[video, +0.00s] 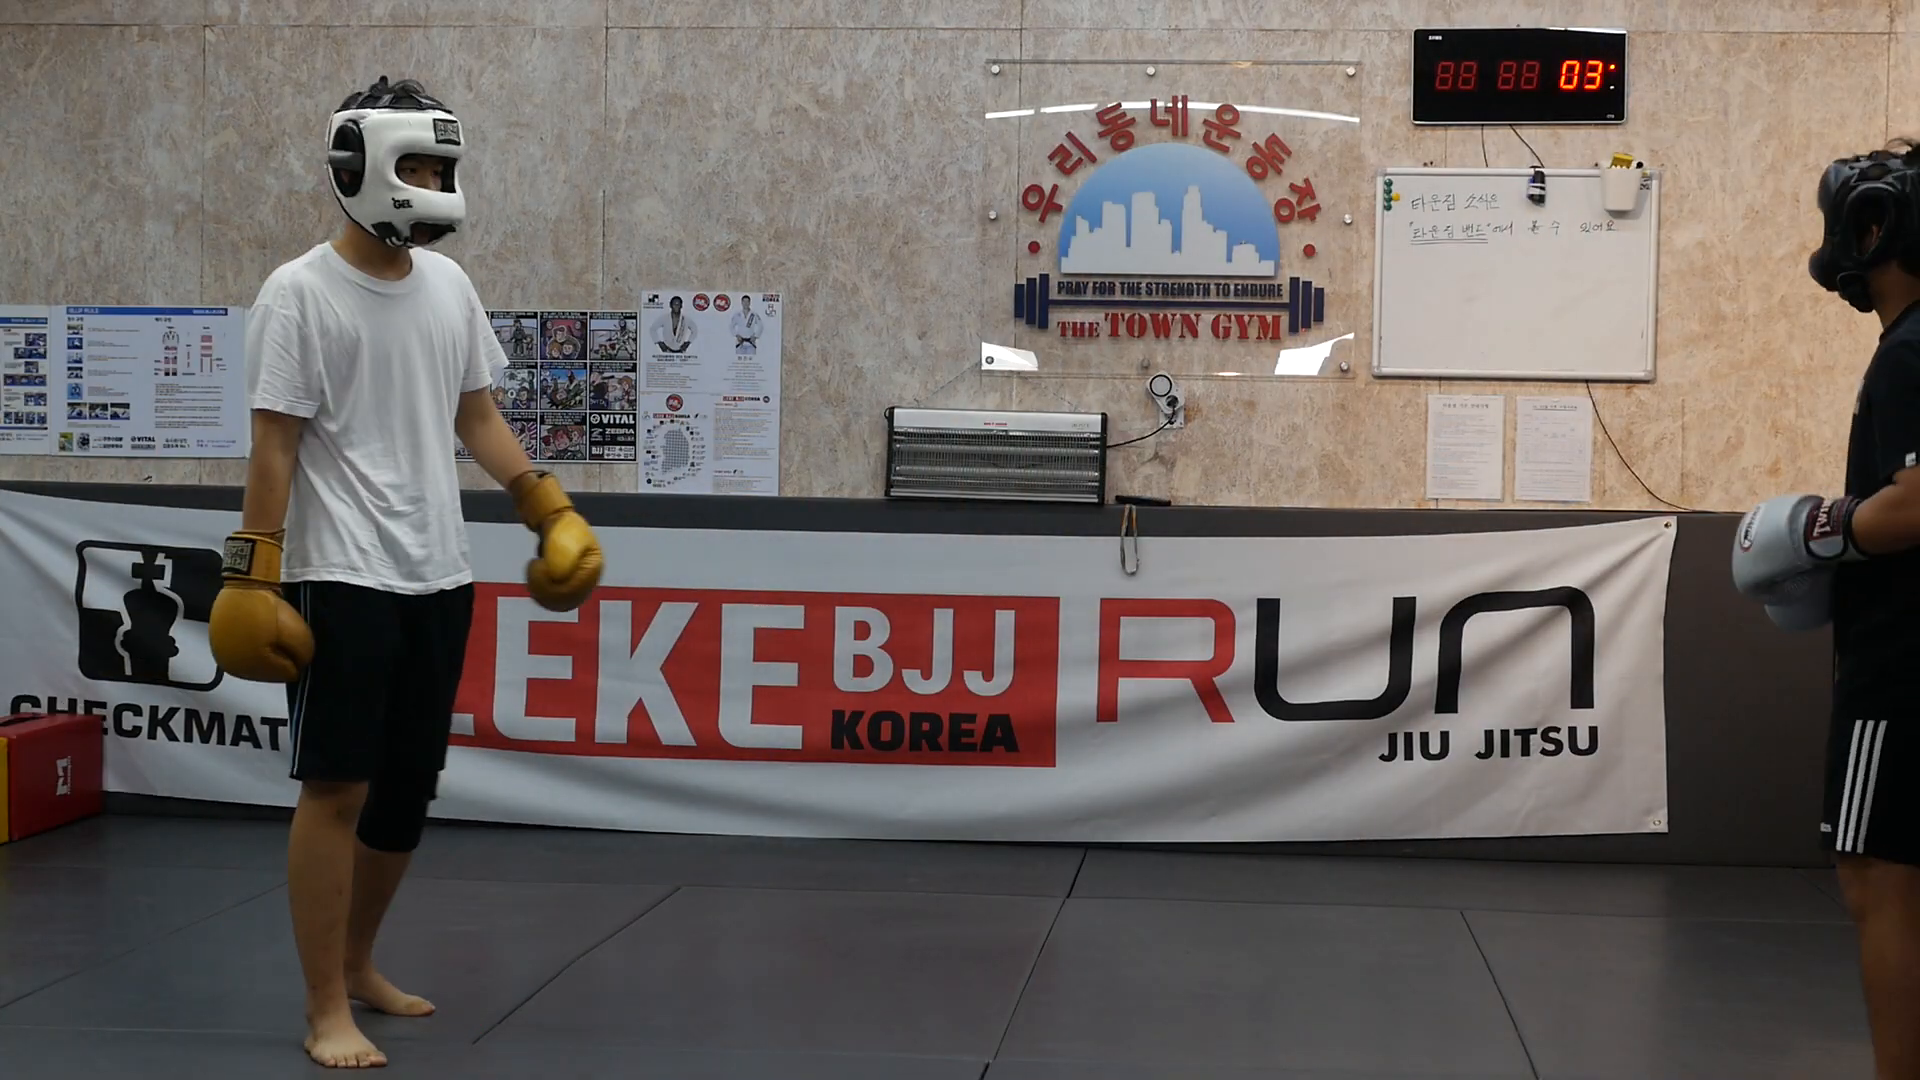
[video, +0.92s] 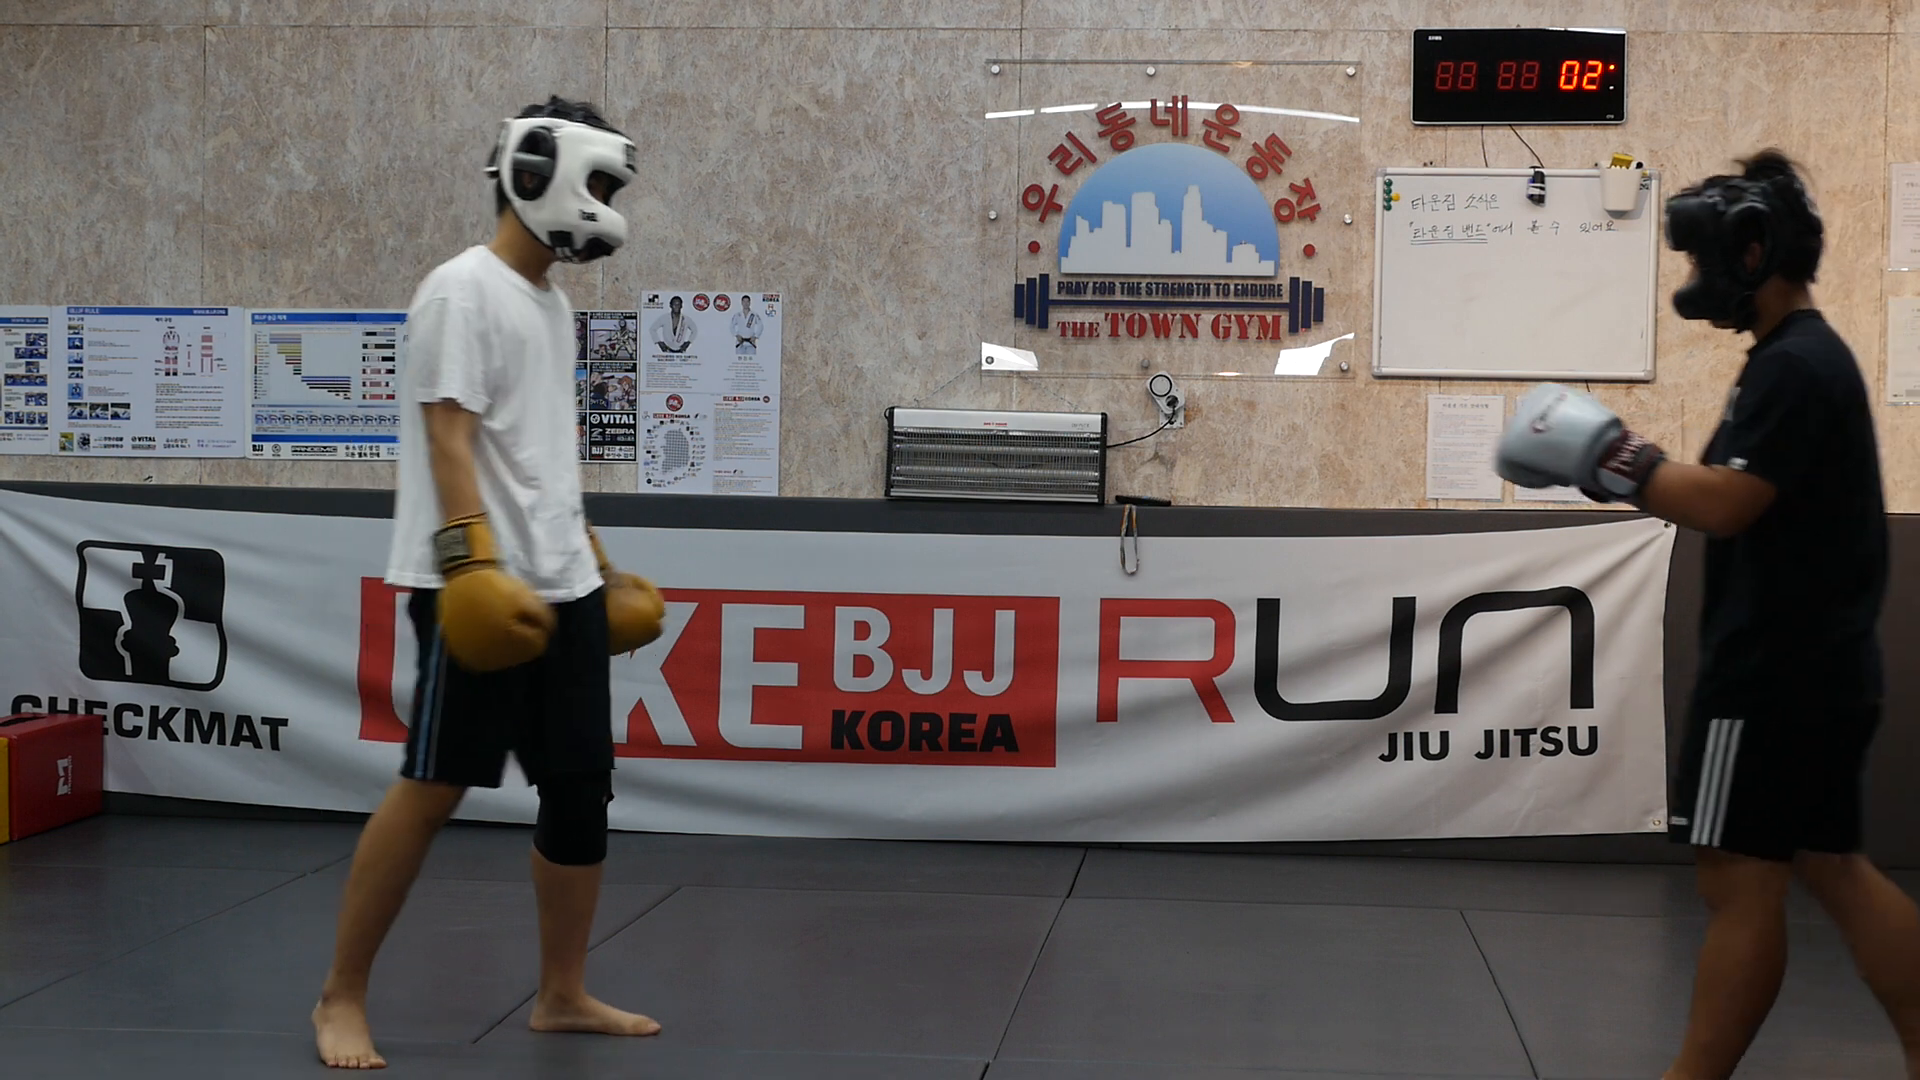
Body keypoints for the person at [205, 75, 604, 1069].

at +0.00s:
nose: (432, 181)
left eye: (440, 165)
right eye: (411, 164)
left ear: (449, 172)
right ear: (354, 170)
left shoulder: (449, 285)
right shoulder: (298, 293)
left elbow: (479, 415)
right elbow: (273, 442)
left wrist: (549, 510)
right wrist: (253, 575)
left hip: (438, 579)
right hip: (340, 581)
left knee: (404, 792)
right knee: (335, 791)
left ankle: (356, 964)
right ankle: (326, 1012)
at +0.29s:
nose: (447, 189)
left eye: (455, 171)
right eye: (428, 171)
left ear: (459, 175)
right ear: (371, 171)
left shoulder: (448, 283)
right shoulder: (300, 290)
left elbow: (462, 418)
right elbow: (273, 441)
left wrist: (489, 518)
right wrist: (261, 579)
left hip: (443, 582)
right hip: (342, 585)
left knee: (507, 770)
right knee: (341, 792)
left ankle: (420, 944)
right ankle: (331, 1014)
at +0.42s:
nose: (467, 188)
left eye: (474, 171)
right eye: (450, 168)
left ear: (476, 176)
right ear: (390, 169)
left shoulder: (452, 281)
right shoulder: (313, 287)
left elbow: (470, 426)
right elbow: (288, 435)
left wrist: (520, 524)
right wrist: (282, 572)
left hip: (460, 580)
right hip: (355, 588)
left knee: (516, 786)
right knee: (345, 796)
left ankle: (519, 986)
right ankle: (332, 1017)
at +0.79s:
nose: (564, 209)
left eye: (569, 190)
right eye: (551, 188)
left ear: (529, 189)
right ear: (492, 184)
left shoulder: (513, 308)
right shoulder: (416, 293)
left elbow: (511, 467)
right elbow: (396, 431)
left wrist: (570, 574)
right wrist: (409, 567)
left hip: (525, 596)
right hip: (433, 596)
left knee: (571, 794)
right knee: (389, 797)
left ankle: (563, 994)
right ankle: (333, 1013)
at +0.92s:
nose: (609, 204)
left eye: (616, 187)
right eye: (596, 183)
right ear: (535, 174)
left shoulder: (552, 306)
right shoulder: (462, 290)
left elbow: (550, 465)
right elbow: (447, 436)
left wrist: (601, 573)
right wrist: (474, 562)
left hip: (563, 589)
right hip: (471, 588)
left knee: (579, 790)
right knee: (431, 786)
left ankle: (563, 994)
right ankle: (343, 999)